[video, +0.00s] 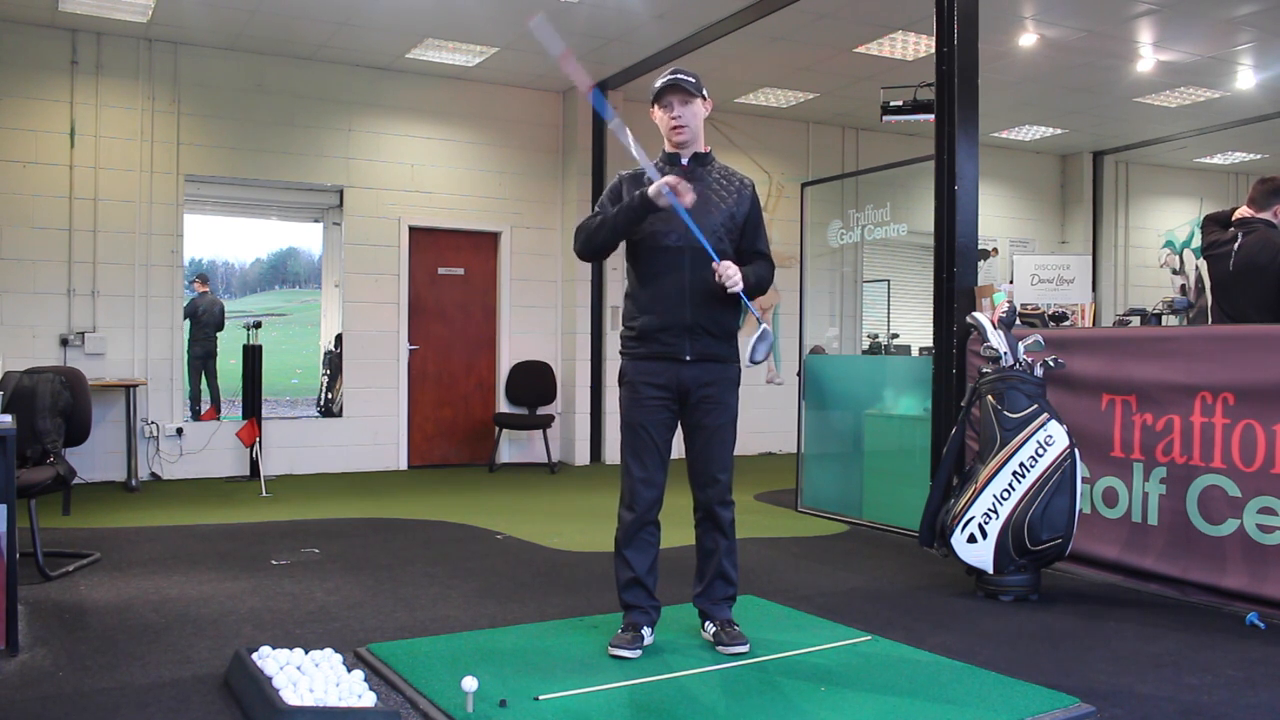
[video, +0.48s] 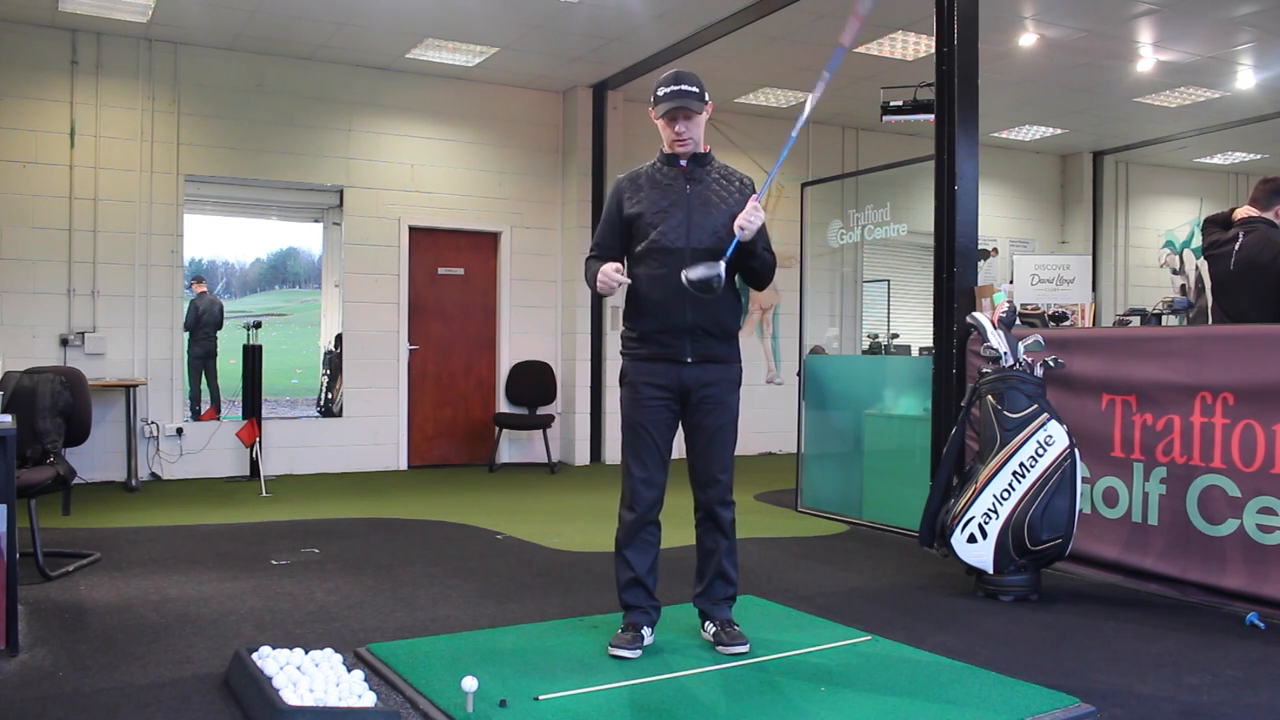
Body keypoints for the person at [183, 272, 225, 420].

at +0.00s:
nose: (194, 286)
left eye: (195, 284)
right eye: (194, 284)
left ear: (201, 284)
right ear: (207, 285)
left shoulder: (196, 302)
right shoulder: (218, 303)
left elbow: (182, 316)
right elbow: (220, 326)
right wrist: (207, 327)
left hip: (196, 343)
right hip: (211, 343)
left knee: (195, 382)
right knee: (212, 381)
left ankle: (195, 414)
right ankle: (216, 412)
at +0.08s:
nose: (194, 287)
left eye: (195, 284)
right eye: (194, 284)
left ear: (201, 284)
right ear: (207, 285)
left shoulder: (196, 302)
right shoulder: (218, 303)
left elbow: (182, 317)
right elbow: (220, 326)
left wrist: (183, 306)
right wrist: (207, 326)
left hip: (196, 343)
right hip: (211, 343)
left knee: (195, 382)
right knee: (212, 381)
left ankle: (195, 414)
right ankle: (216, 412)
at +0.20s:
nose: (194, 287)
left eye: (195, 284)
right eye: (194, 284)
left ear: (200, 285)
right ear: (206, 285)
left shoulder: (196, 302)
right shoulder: (218, 303)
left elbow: (184, 321)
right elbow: (219, 326)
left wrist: (183, 311)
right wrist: (207, 323)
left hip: (196, 344)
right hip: (211, 344)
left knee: (195, 382)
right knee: (212, 381)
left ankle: (195, 414)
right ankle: (216, 412)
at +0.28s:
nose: (193, 288)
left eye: (194, 285)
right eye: (193, 285)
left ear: (199, 285)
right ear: (206, 284)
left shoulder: (196, 302)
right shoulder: (218, 302)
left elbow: (186, 323)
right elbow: (219, 325)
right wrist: (207, 322)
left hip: (196, 344)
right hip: (211, 344)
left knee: (195, 382)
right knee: (212, 381)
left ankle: (195, 414)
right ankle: (216, 412)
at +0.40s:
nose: (192, 289)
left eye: (193, 286)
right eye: (192, 286)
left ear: (197, 285)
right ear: (205, 285)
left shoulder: (196, 302)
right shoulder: (218, 302)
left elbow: (187, 325)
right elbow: (219, 325)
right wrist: (207, 323)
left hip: (196, 344)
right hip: (211, 343)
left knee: (195, 382)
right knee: (212, 381)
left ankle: (195, 414)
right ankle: (216, 412)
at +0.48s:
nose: (192, 289)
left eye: (192, 286)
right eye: (192, 287)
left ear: (196, 286)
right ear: (205, 285)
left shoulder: (195, 302)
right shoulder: (218, 302)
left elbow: (188, 325)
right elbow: (219, 325)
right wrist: (207, 324)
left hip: (196, 344)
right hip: (211, 343)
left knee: (195, 382)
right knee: (212, 381)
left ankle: (195, 414)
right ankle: (216, 412)